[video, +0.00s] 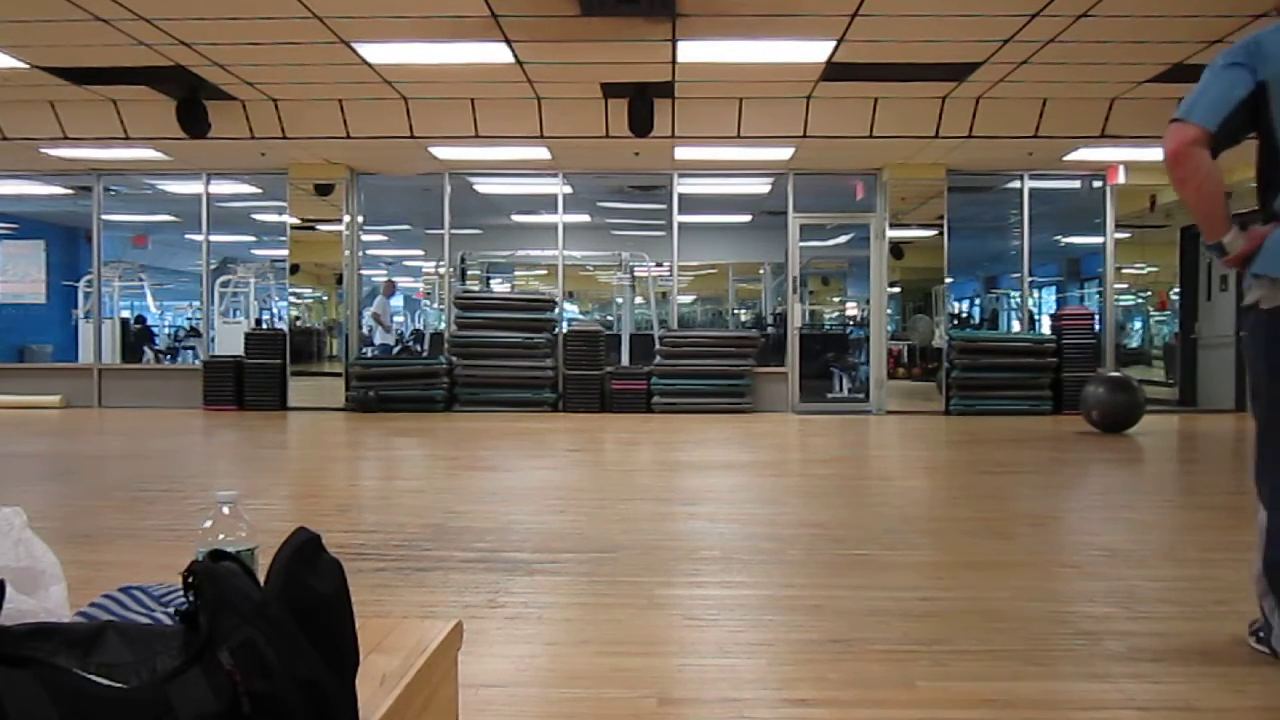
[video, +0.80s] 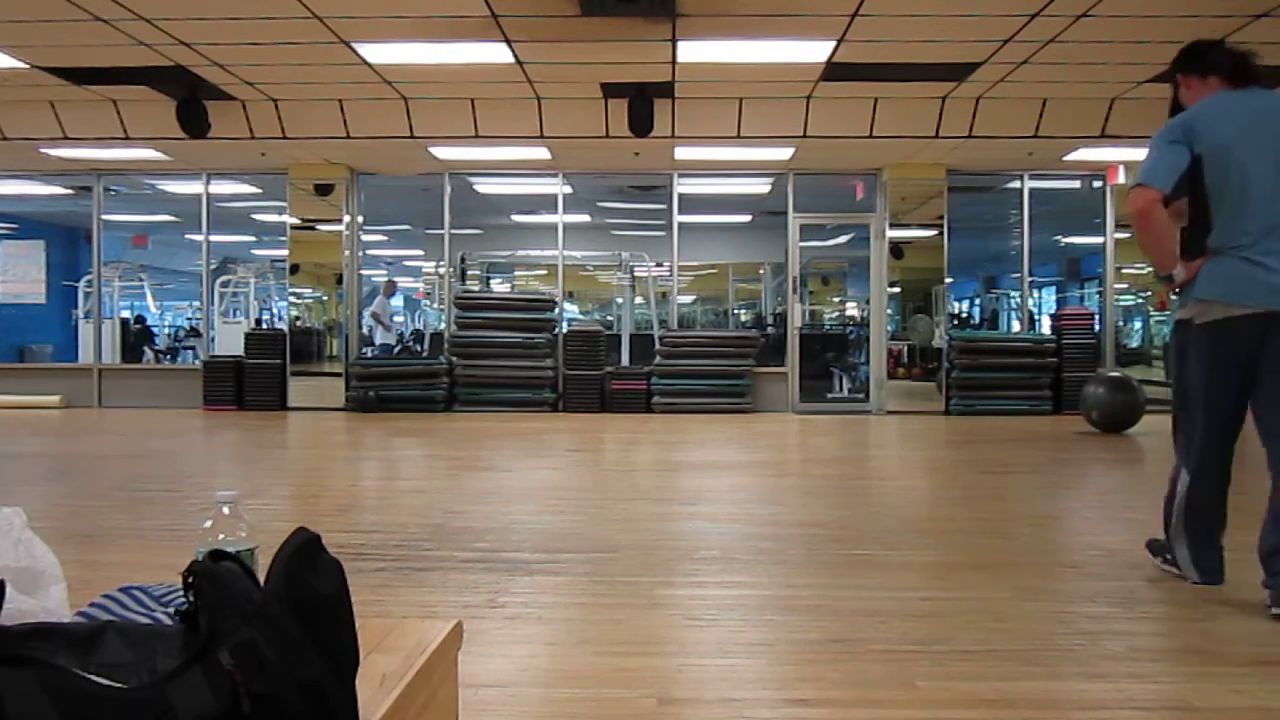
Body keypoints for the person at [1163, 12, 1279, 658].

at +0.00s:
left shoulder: (1264, 45)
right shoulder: (1262, 47)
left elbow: (1183, 144)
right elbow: (1185, 144)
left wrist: (1228, 237)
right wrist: (1228, 240)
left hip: (1276, 296)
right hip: (1271, 296)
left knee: (1276, 463)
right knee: (1275, 464)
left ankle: (1274, 618)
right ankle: (1272, 617)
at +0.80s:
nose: (1181, 103)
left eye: (1179, 94)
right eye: (1179, 94)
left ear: (1195, 83)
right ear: (1235, 77)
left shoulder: (1191, 123)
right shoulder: (1277, 105)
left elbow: (1144, 204)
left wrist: (1171, 270)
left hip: (1225, 300)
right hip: (1279, 303)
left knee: (1205, 437)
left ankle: (1195, 554)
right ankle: (1279, 578)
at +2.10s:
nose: (947, 162)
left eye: (948, 151)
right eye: (944, 155)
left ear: (971, 135)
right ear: (973, 139)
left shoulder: (1019, 166)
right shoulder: (998, 176)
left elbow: (1062, 222)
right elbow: (999, 235)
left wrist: (1001, 251)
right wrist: (953, 223)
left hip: (1009, 314)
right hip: (995, 313)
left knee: (967, 401)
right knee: (989, 406)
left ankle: (970, 511)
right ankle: (1040, 500)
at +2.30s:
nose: (938, 162)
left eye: (939, 151)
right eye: (935, 155)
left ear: (963, 139)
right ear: (962, 142)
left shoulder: (1009, 178)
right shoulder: (976, 186)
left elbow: (1057, 233)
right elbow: (974, 250)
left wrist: (993, 260)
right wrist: (922, 243)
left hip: (978, 326)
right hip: (976, 325)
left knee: (922, 401)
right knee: (1008, 417)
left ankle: (938, 509)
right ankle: (1050, 509)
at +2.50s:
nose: (900, 158)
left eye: (900, 147)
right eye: (896, 150)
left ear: (922, 134)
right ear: (922, 137)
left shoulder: (964, 176)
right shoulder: (942, 180)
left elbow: (969, 253)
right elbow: (944, 244)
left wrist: (902, 247)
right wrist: (902, 236)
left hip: (960, 319)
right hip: (938, 316)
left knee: (929, 406)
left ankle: (937, 514)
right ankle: (992, 476)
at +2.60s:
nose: (881, 158)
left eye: (880, 147)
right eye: (877, 151)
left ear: (900, 131)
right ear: (900, 133)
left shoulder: (940, 170)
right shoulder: (920, 175)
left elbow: (943, 243)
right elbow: (925, 241)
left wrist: (880, 232)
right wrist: (880, 230)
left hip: (940, 314)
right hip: (914, 312)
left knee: (921, 406)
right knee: (882, 394)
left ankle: (935, 512)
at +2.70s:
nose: (865, 159)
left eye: (864, 148)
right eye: (861, 153)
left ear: (883, 132)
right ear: (884, 134)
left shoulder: (922, 164)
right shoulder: (907, 170)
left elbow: (943, 233)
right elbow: (926, 234)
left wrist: (876, 233)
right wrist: (873, 230)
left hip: (915, 310)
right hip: (903, 308)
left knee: (867, 393)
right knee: (882, 399)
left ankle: (912, 493)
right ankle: (869, 502)